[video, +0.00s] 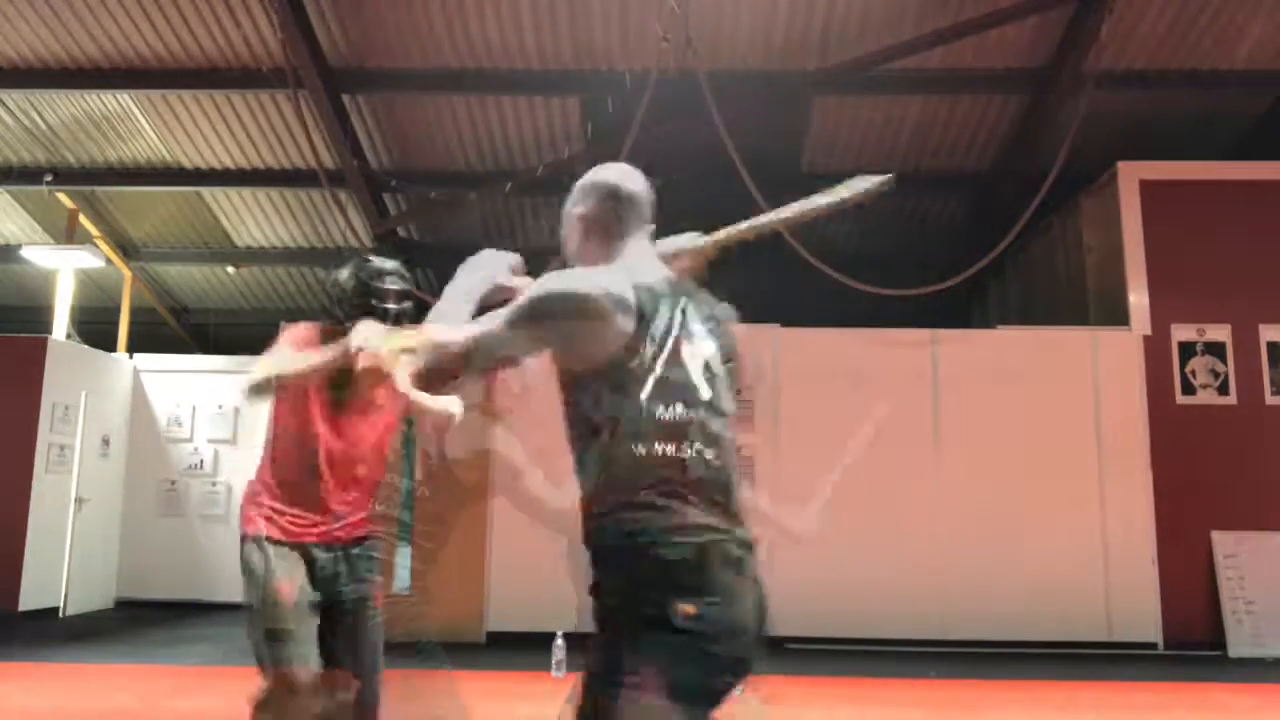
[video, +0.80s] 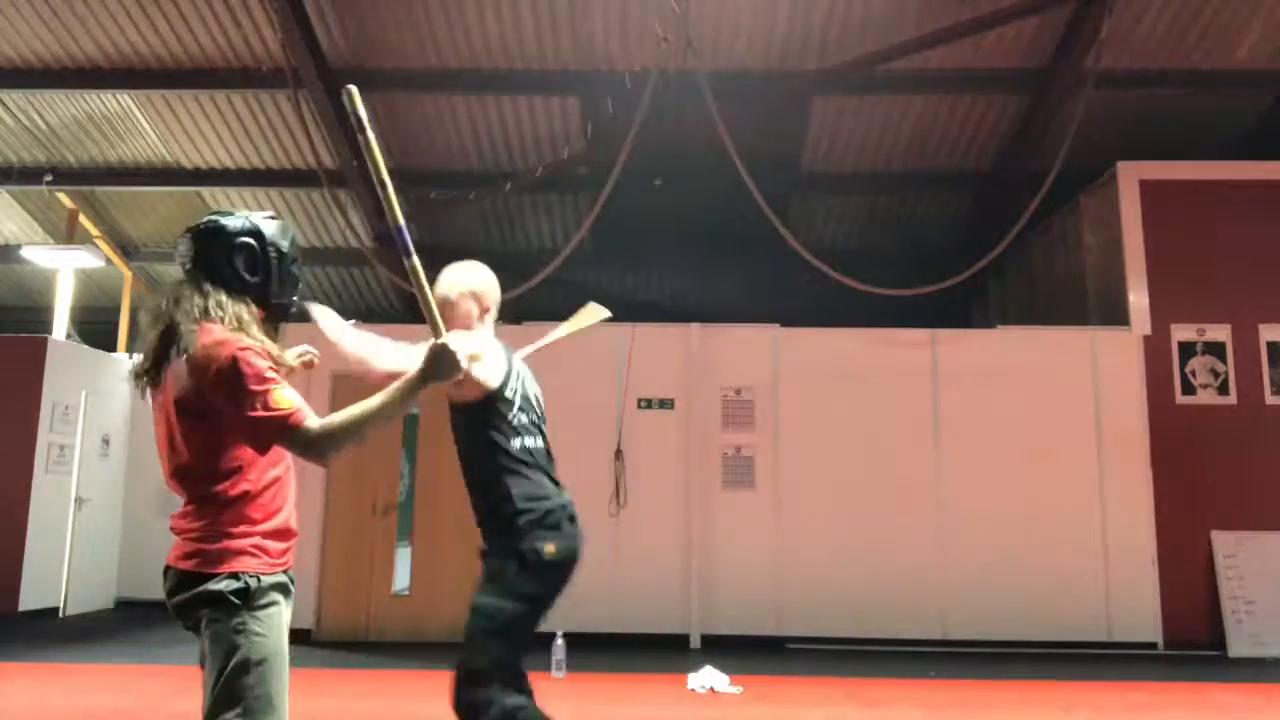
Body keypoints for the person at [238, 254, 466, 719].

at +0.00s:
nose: (387, 332)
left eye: (398, 322)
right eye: (380, 318)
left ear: (406, 321)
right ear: (351, 312)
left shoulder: (400, 358)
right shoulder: (304, 340)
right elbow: (256, 382)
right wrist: (338, 353)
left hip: (351, 537)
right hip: (277, 532)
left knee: (359, 693)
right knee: (296, 685)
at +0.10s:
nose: (386, 306)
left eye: (393, 296)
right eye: (372, 294)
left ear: (398, 309)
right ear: (342, 300)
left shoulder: (399, 361)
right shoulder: (301, 344)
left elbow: (459, 353)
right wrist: (386, 277)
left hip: (343, 548)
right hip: (269, 533)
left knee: (349, 680)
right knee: (298, 665)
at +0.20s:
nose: (361, 303)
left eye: (365, 293)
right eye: (348, 293)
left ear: (368, 302)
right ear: (311, 297)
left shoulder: (372, 362)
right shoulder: (272, 345)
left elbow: (444, 378)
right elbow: (306, 335)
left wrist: (526, 385)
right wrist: (345, 250)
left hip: (347, 560)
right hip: (280, 551)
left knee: (349, 689)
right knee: (287, 691)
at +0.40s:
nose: (344, 304)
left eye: (340, 288)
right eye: (332, 288)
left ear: (292, 297)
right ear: (295, 296)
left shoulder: (298, 359)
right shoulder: (246, 354)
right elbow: (333, 390)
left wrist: (390, 372)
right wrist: (400, 288)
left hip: (298, 577)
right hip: (240, 582)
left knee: (313, 698)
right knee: (249, 708)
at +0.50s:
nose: (312, 277)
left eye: (309, 263)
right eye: (300, 262)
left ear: (255, 272)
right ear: (264, 268)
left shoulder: (256, 346)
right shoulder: (233, 350)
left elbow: (301, 397)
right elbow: (330, 426)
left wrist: (342, 360)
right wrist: (417, 338)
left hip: (274, 573)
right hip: (238, 578)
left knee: (293, 703)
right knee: (254, 710)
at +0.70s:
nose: (287, 279)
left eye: (284, 264)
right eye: (277, 263)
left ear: (221, 269)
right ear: (245, 265)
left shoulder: (187, 350)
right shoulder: (227, 353)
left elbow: (233, 428)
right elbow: (320, 442)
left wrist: (280, 372)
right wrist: (425, 371)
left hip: (217, 570)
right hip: (244, 576)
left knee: (235, 710)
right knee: (253, 712)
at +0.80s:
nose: (289, 283)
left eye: (287, 269)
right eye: (281, 267)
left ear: (216, 271)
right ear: (251, 268)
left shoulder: (181, 347)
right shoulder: (230, 353)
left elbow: (214, 409)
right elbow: (320, 444)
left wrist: (273, 367)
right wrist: (421, 378)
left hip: (213, 571)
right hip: (242, 578)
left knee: (233, 709)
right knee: (253, 712)